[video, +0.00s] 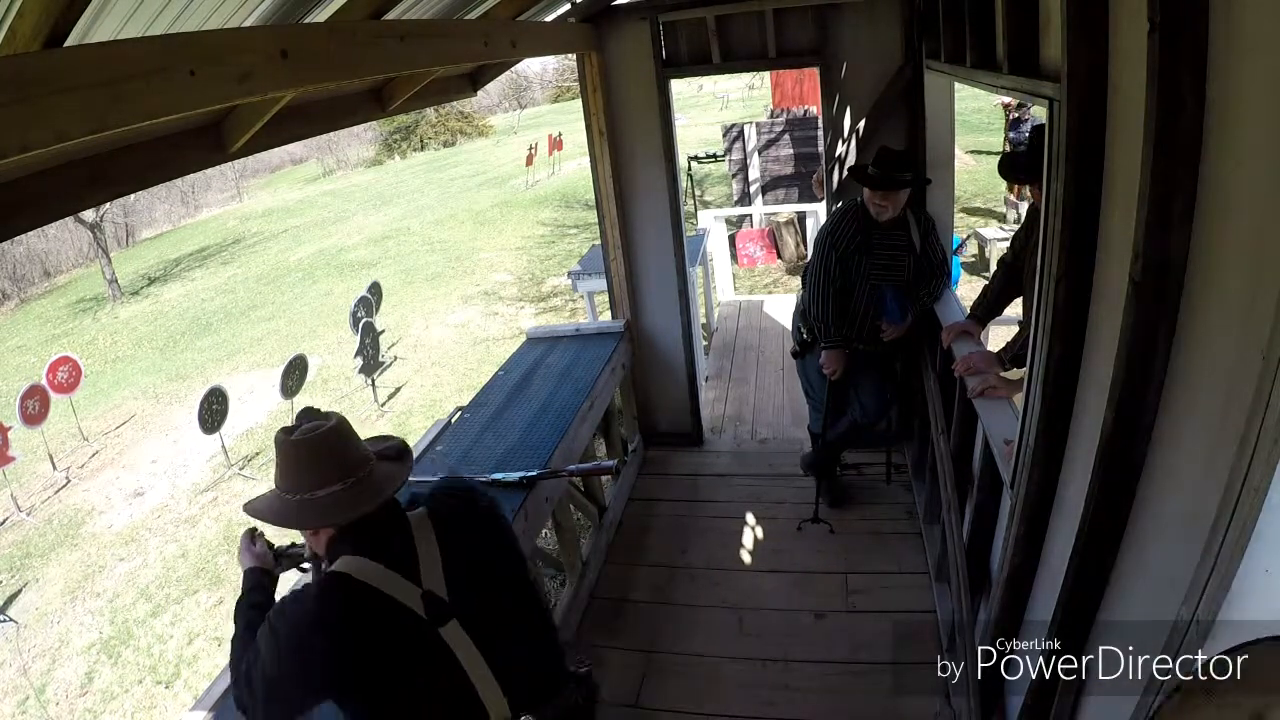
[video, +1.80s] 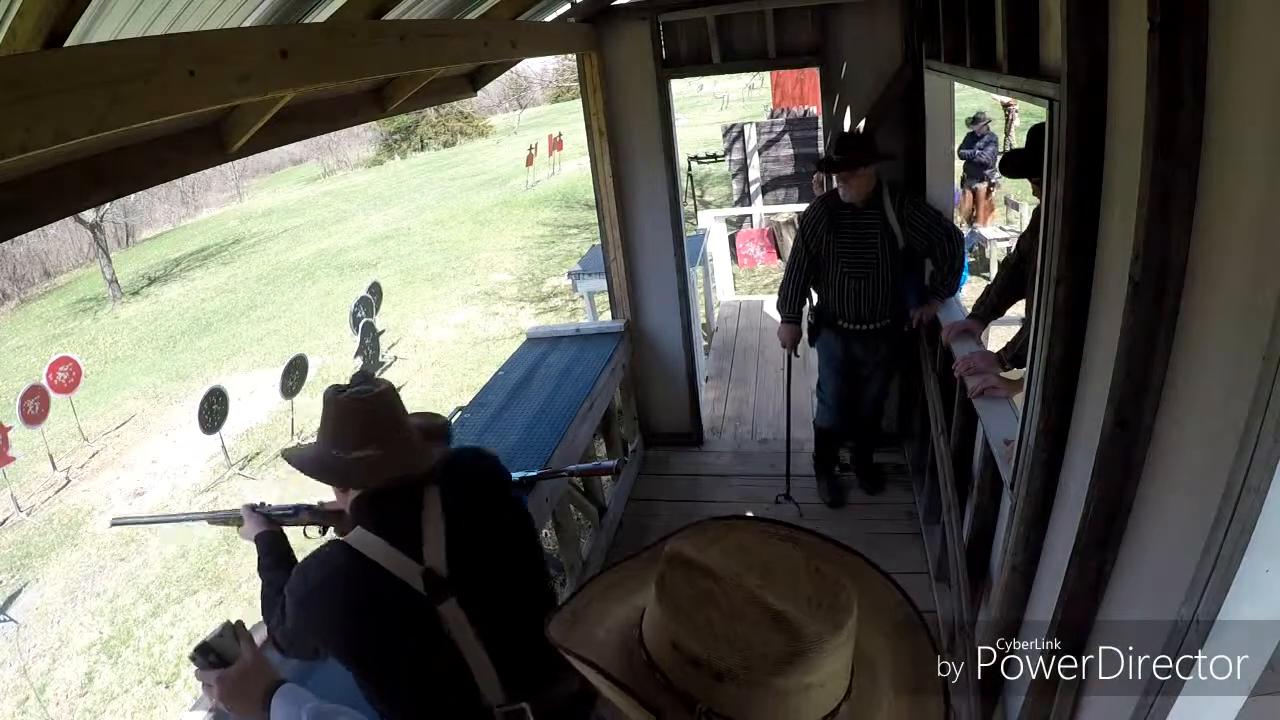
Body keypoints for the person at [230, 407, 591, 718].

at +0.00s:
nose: (295, 528)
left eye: (296, 519)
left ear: (314, 529)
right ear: (384, 486)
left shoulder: (316, 617)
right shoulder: (468, 509)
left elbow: (254, 693)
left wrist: (256, 577)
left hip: (432, 719)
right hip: (552, 700)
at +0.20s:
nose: (280, 514)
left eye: (279, 506)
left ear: (296, 516)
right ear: (364, 470)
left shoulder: (298, 603)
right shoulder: (441, 487)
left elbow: (221, 662)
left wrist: (239, 555)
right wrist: (316, 515)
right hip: (542, 692)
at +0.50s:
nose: (282, 509)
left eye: (281, 500)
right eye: (280, 499)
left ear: (305, 507)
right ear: (367, 470)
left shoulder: (304, 602)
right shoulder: (436, 479)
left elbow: (226, 665)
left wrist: (225, 559)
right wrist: (318, 529)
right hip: (549, 681)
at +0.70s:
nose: (283, 510)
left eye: (282, 500)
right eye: (279, 500)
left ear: (303, 505)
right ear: (364, 467)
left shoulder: (307, 603)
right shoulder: (436, 479)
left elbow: (242, 681)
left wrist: (234, 576)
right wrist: (320, 531)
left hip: (448, 718)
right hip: (553, 681)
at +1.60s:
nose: (294, 504)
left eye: (293, 494)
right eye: (291, 494)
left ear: (309, 500)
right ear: (377, 464)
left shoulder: (300, 593)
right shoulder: (452, 483)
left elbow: (273, 654)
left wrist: (250, 553)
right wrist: (331, 524)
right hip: (549, 686)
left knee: (283, 702)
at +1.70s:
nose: (305, 498)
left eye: (304, 488)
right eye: (303, 488)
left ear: (321, 494)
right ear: (390, 455)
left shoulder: (308, 589)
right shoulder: (464, 474)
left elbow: (279, 650)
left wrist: (257, 554)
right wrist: (344, 522)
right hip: (550, 684)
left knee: (284, 700)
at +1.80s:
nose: (326, 480)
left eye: (327, 470)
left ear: (338, 478)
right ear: (412, 448)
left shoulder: (325, 580)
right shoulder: (481, 475)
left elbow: (287, 632)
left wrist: (265, 540)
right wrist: (358, 519)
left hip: (438, 716)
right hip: (557, 691)